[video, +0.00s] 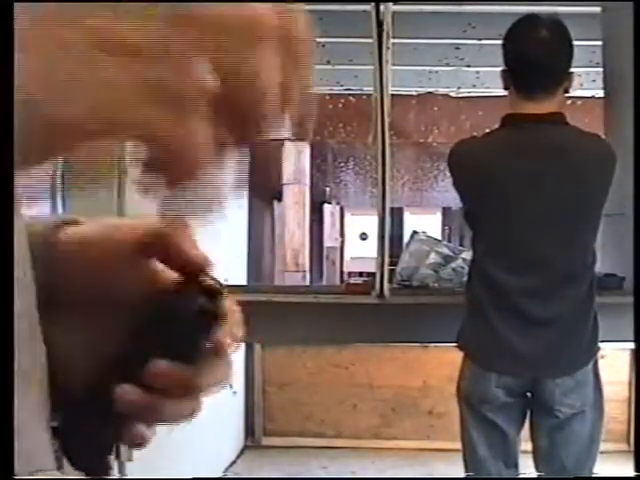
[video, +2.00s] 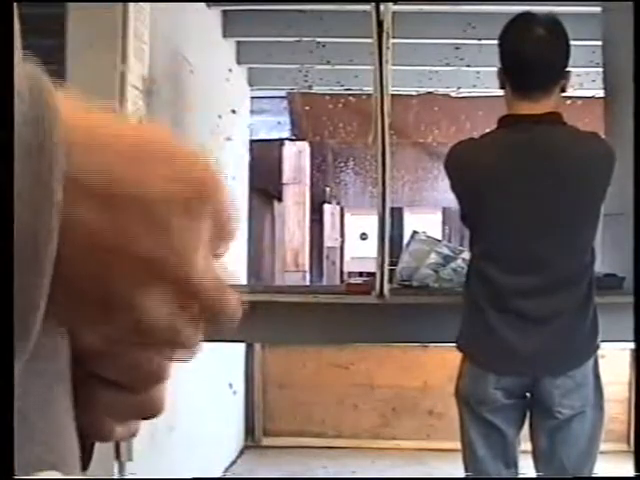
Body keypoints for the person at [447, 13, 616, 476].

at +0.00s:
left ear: (505, 80)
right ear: (569, 82)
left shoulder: (468, 158)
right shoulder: (599, 156)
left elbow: (485, 221)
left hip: (491, 357)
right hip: (569, 360)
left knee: (489, 472)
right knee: (568, 472)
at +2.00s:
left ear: (501, 78)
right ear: (566, 80)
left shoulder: (465, 159)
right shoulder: (596, 155)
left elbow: (484, 220)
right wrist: (549, 117)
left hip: (490, 357)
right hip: (568, 359)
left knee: (488, 472)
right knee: (567, 472)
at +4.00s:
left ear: (499, 80)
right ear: (564, 82)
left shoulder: (463, 161)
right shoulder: (596, 155)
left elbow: (478, 221)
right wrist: (549, 113)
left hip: (490, 359)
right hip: (569, 360)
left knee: (489, 472)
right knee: (569, 472)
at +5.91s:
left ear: (497, 81)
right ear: (563, 83)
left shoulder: (462, 163)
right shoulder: (595, 157)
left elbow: (480, 223)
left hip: (489, 361)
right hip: (568, 361)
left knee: (488, 472)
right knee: (567, 472)